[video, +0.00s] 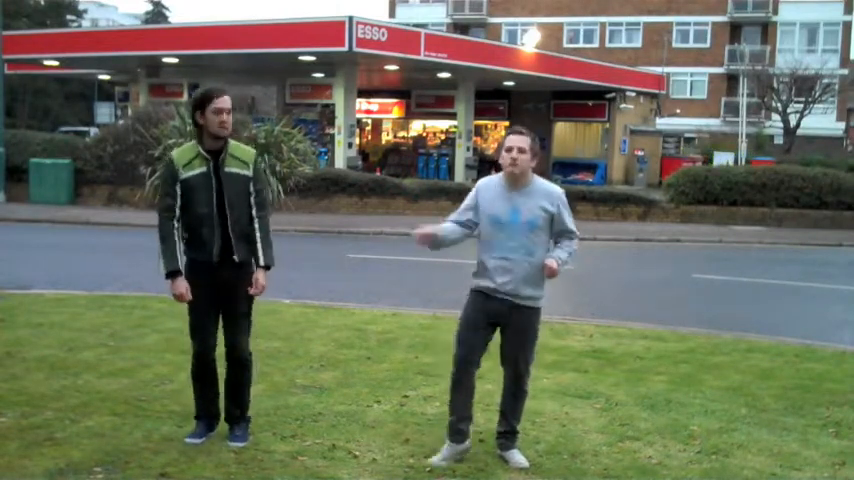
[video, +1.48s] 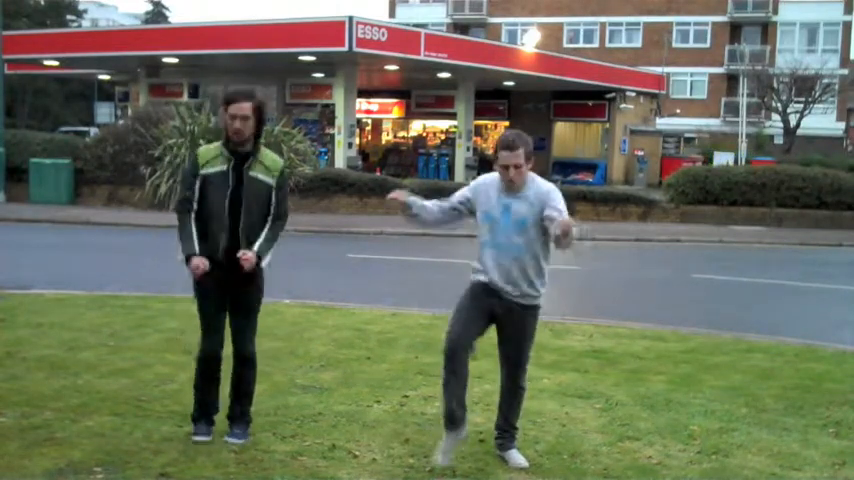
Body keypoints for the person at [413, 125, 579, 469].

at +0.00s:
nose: (514, 156)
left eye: (521, 151)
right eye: (509, 150)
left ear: (533, 158)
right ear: (500, 155)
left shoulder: (552, 195)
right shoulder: (485, 188)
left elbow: (568, 238)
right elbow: (463, 224)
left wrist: (557, 258)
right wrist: (437, 235)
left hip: (526, 300)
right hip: (485, 293)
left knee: (518, 374)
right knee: (463, 362)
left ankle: (507, 444)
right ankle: (457, 440)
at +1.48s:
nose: (510, 174)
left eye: (517, 167)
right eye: (504, 167)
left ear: (530, 163)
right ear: (496, 163)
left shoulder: (547, 194)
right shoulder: (484, 187)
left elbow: (561, 240)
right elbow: (442, 211)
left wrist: (565, 232)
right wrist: (409, 201)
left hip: (524, 298)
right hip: (485, 287)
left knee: (515, 376)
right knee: (455, 344)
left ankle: (506, 443)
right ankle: (454, 428)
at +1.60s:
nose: (507, 190)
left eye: (513, 182)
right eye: (500, 183)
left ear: (523, 176)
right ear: (491, 179)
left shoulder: (543, 198)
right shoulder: (482, 193)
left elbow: (577, 215)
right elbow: (461, 204)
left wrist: (608, 211)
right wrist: (433, 192)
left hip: (522, 303)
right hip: (481, 298)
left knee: (515, 377)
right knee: (461, 364)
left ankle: (506, 444)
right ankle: (458, 438)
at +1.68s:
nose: (501, 201)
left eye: (507, 194)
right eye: (495, 195)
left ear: (518, 188)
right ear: (485, 190)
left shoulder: (539, 206)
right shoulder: (478, 203)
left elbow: (583, 212)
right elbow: (457, 208)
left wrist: (625, 217)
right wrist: (428, 206)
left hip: (522, 307)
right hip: (482, 300)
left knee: (514, 376)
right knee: (456, 343)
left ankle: (505, 444)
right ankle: (456, 419)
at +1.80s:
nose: (499, 206)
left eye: (506, 200)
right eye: (493, 200)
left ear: (519, 202)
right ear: (485, 201)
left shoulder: (538, 233)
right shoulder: (477, 229)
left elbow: (572, 266)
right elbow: (452, 256)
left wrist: (605, 292)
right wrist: (415, 267)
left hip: (524, 322)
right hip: (484, 315)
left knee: (510, 385)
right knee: (454, 368)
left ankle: (504, 447)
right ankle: (451, 446)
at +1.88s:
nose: (508, 187)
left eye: (515, 183)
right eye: (503, 181)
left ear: (525, 191)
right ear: (492, 188)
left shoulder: (542, 228)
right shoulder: (477, 224)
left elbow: (568, 271)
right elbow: (447, 258)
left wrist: (604, 303)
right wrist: (409, 270)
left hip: (524, 326)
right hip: (481, 321)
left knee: (514, 392)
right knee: (457, 378)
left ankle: (505, 447)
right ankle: (456, 450)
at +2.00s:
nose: (511, 151)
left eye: (518, 147)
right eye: (506, 145)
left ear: (529, 156)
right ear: (496, 152)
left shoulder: (544, 193)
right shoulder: (480, 190)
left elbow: (578, 221)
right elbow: (447, 214)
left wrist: (609, 220)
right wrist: (416, 190)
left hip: (523, 300)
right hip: (481, 291)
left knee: (519, 375)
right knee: (447, 339)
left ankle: (508, 443)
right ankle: (449, 413)